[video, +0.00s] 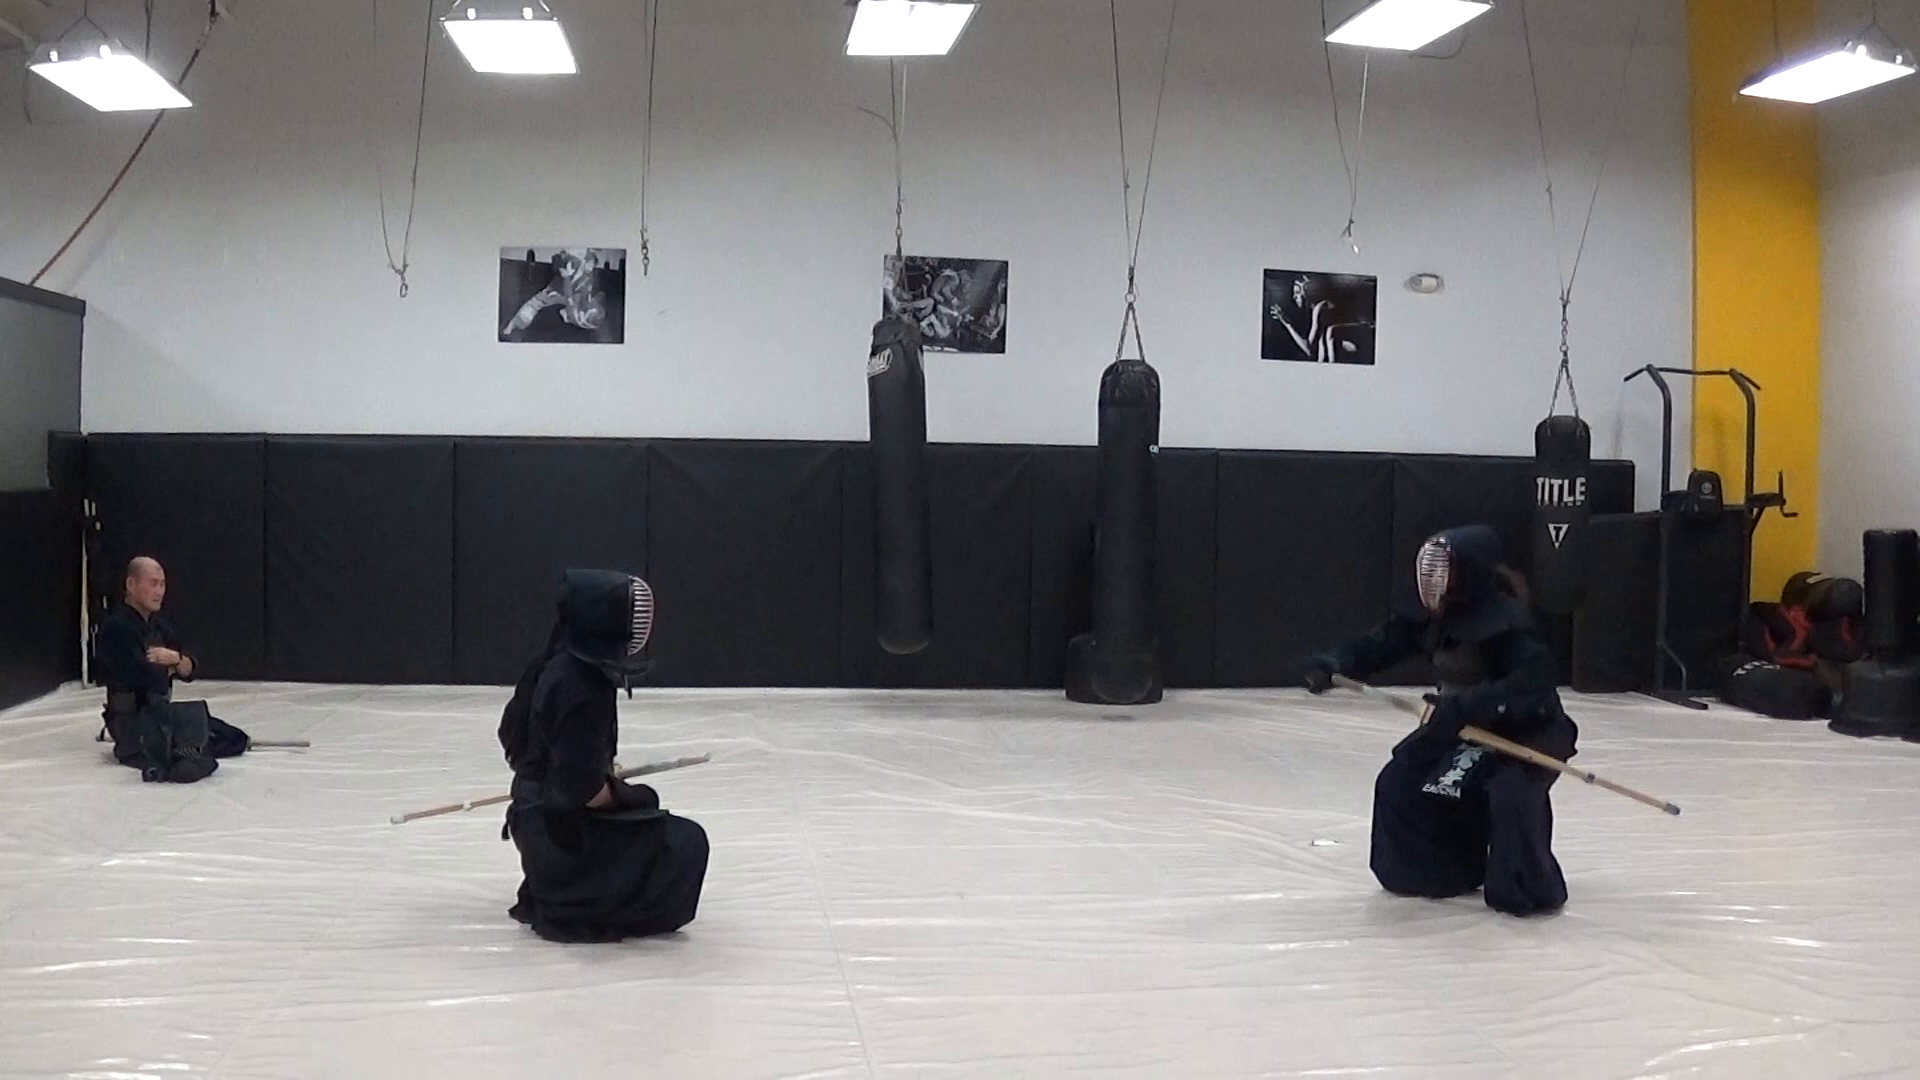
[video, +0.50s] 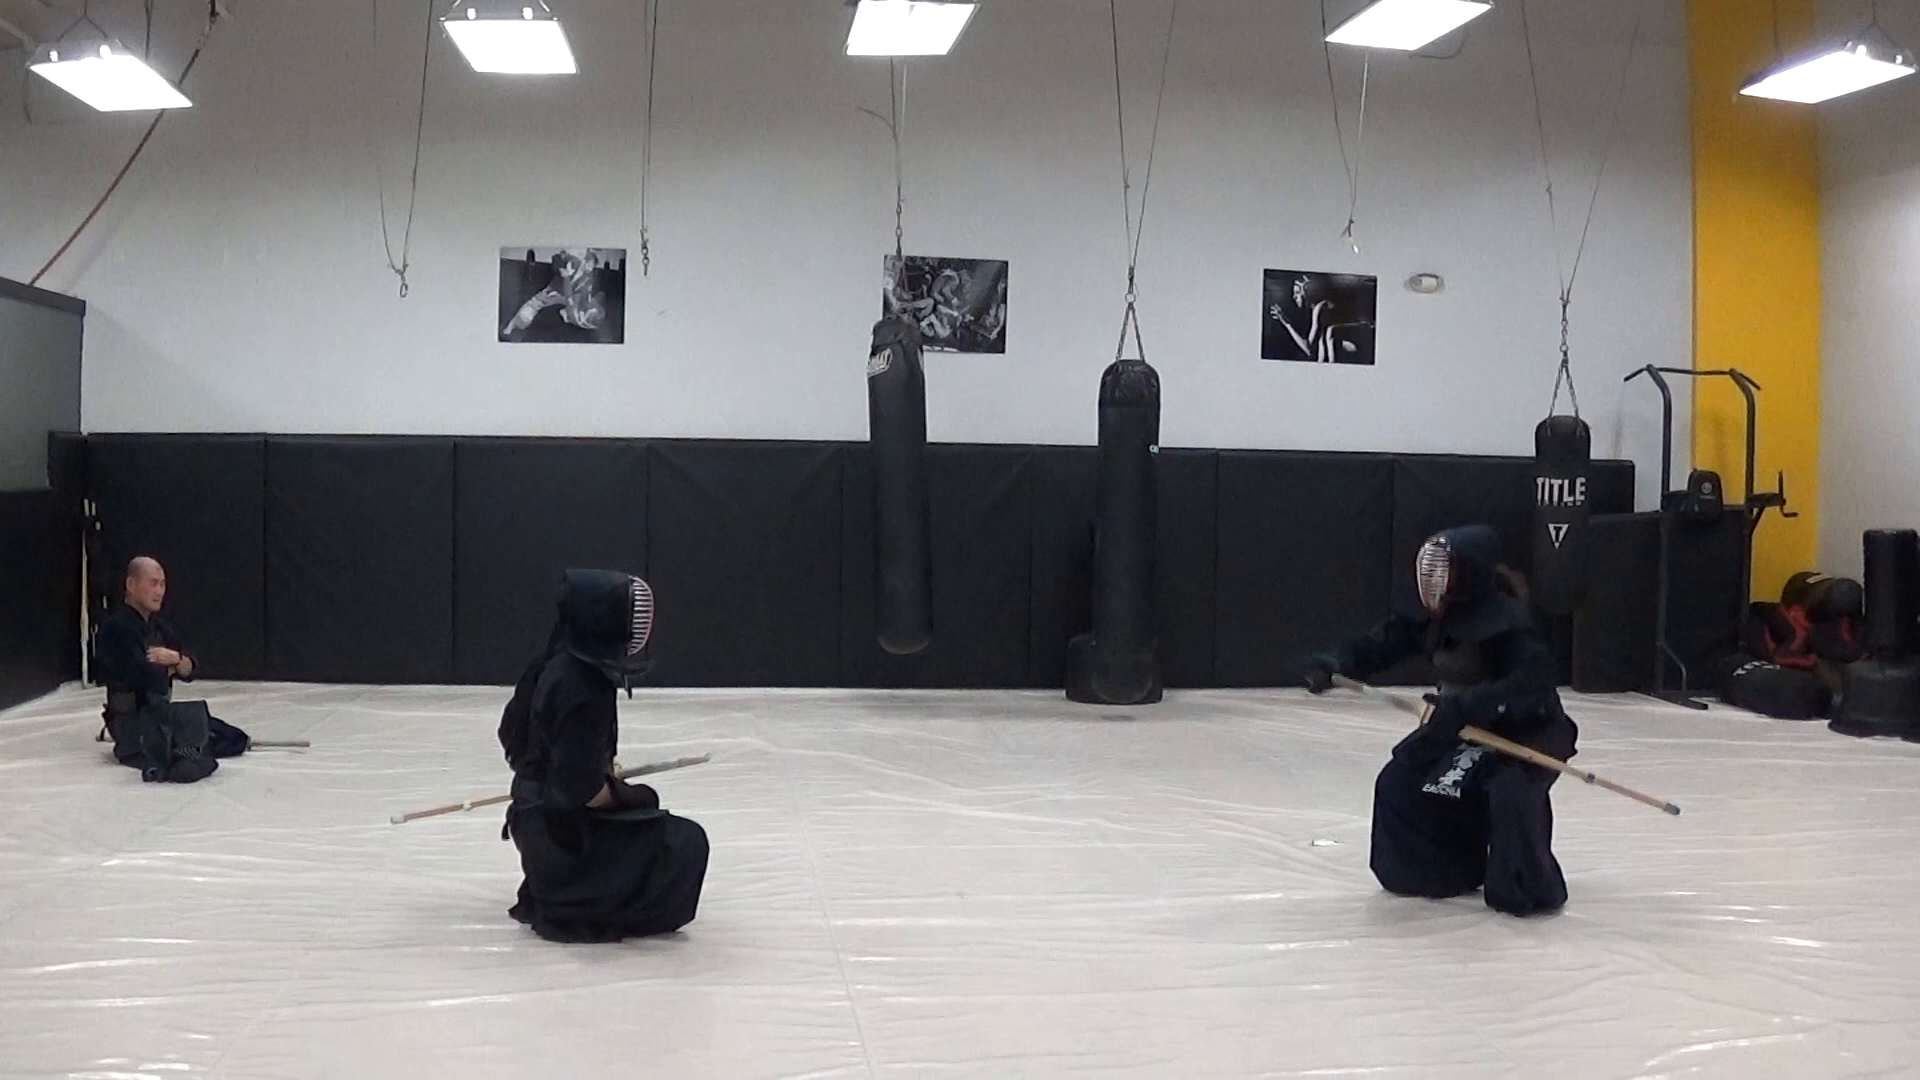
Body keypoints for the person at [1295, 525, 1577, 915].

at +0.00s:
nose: (1431, 587)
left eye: (1441, 576)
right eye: (1427, 575)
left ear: (1468, 578)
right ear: (1420, 573)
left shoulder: (1507, 619)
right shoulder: (1429, 621)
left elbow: (1534, 683)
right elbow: (1382, 647)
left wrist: (1463, 708)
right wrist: (1330, 661)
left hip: (1531, 730)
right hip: (1463, 727)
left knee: (1510, 789)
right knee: (1398, 783)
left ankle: (1527, 895)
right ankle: (1441, 875)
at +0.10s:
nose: (1431, 587)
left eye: (1441, 576)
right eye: (1427, 575)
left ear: (1468, 578)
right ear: (1420, 573)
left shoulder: (1507, 619)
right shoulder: (1429, 621)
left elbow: (1534, 683)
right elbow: (1382, 647)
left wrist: (1463, 708)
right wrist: (1330, 661)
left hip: (1531, 730)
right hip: (1463, 727)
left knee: (1510, 789)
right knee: (1398, 783)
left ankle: (1527, 895)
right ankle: (1441, 875)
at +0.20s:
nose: (1431, 587)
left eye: (1441, 576)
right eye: (1427, 575)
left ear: (1468, 578)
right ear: (1420, 573)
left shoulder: (1507, 619)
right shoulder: (1429, 621)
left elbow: (1534, 683)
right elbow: (1382, 647)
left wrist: (1463, 708)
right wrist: (1330, 661)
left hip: (1531, 730)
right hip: (1463, 727)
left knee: (1510, 789)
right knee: (1398, 783)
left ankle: (1527, 895)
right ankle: (1441, 875)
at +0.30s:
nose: (1431, 587)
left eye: (1441, 576)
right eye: (1427, 575)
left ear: (1468, 578)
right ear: (1420, 573)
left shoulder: (1507, 619)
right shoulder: (1429, 621)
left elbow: (1534, 683)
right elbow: (1382, 647)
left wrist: (1463, 708)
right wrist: (1330, 661)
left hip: (1531, 730)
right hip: (1463, 727)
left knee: (1510, 789)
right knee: (1398, 783)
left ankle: (1527, 895)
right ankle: (1441, 875)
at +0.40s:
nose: (1431, 587)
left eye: (1441, 576)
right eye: (1427, 575)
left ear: (1468, 578)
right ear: (1420, 573)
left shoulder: (1507, 619)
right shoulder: (1429, 621)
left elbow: (1534, 683)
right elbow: (1382, 647)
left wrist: (1463, 708)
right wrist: (1330, 661)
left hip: (1531, 730)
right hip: (1463, 727)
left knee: (1510, 789)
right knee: (1398, 783)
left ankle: (1527, 895)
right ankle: (1441, 875)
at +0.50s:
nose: (1431, 587)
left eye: (1441, 576)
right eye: (1427, 575)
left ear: (1468, 578)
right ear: (1420, 573)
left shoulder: (1507, 619)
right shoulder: (1429, 621)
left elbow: (1534, 683)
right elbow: (1382, 647)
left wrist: (1463, 708)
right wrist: (1330, 661)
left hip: (1531, 730)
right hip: (1463, 727)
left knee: (1510, 789)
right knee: (1398, 783)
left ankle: (1527, 895)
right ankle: (1441, 875)